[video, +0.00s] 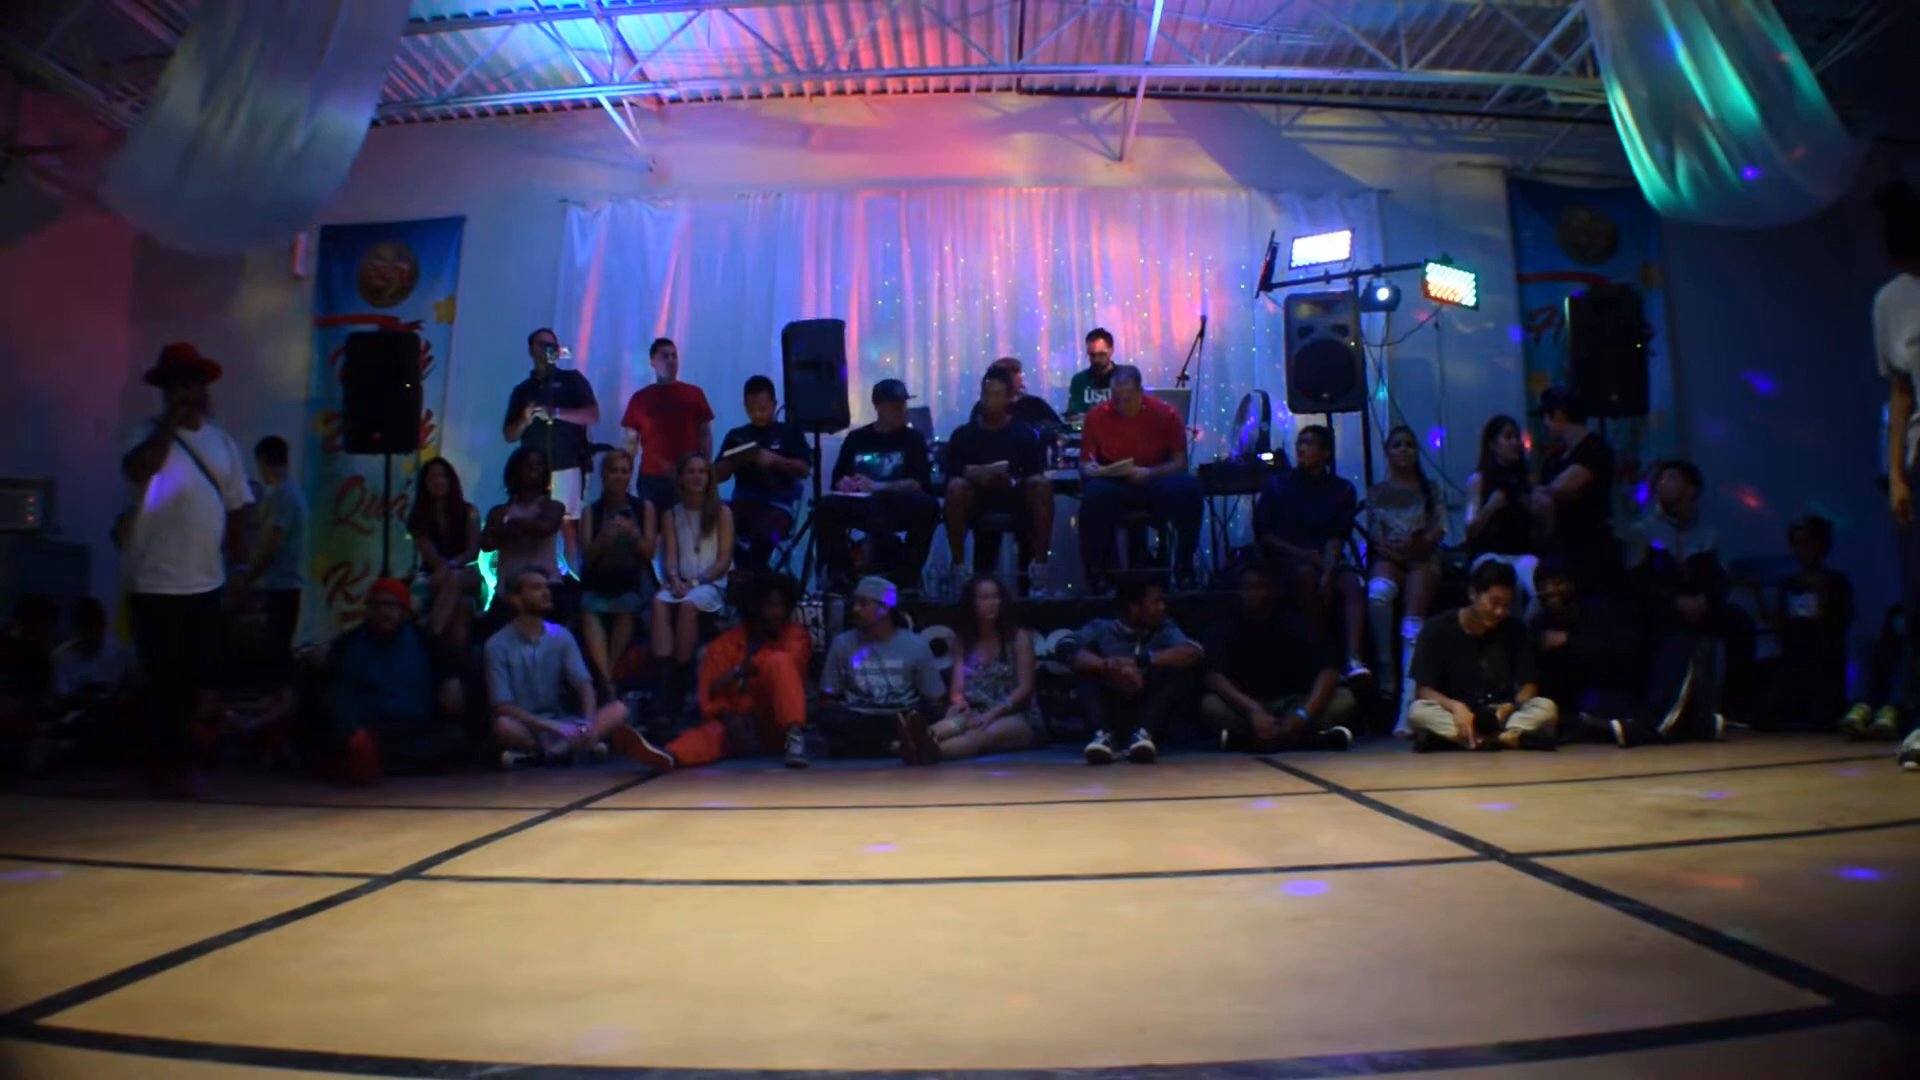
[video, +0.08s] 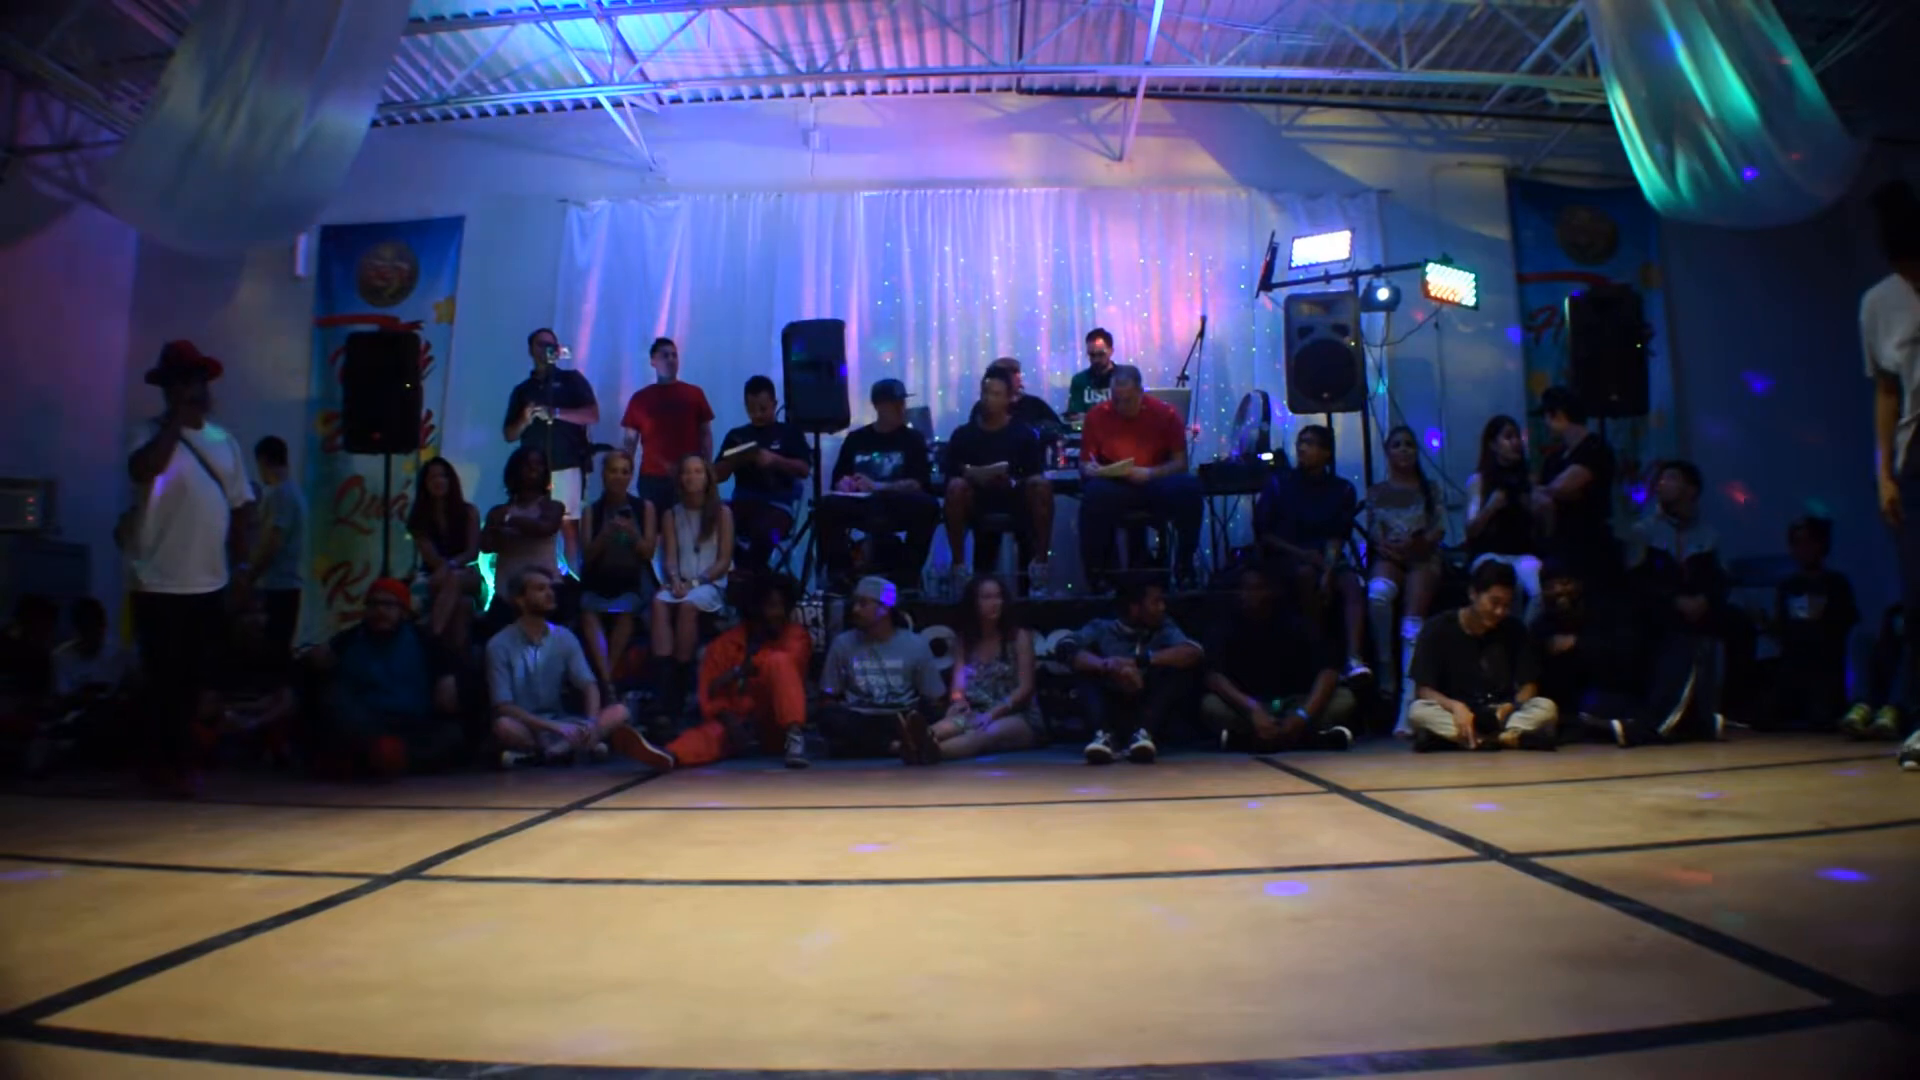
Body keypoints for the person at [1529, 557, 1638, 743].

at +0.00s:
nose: (1552, 592)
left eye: (1558, 584)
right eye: (1545, 587)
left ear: (1571, 585)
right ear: (1538, 592)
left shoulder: (1593, 617)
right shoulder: (1536, 626)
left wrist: (1567, 641)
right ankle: (1611, 730)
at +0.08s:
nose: (1560, 592)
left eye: (1566, 584)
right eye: (1552, 586)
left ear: (1578, 585)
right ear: (1543, 591)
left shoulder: (1599, 619)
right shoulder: (1540, 627)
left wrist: (1576, 643)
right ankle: (1611, 730)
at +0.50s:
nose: (1594, 592)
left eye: (1601, 584)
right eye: (1586, 586)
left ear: (1612, 585)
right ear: (1572, 590)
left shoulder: (1630, 616)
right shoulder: (1566, 623)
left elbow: (1653, 661)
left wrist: (1638, 701)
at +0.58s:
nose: (1600, 591)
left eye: (1605, 584)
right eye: (1591, 586)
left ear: (1615, 585)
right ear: (1578, 590)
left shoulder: (1634, 618)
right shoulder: (1570, 623)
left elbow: (1656, 661)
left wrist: (1639, 699)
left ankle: (1644, 726)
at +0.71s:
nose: (1607, 590)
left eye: (1613, 582)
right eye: (1599, 584)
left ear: (1622, 584)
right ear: (1586, 589)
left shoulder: (1643, 616)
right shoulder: (1580, 623)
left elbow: (1662, 664)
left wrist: (1641, 703)